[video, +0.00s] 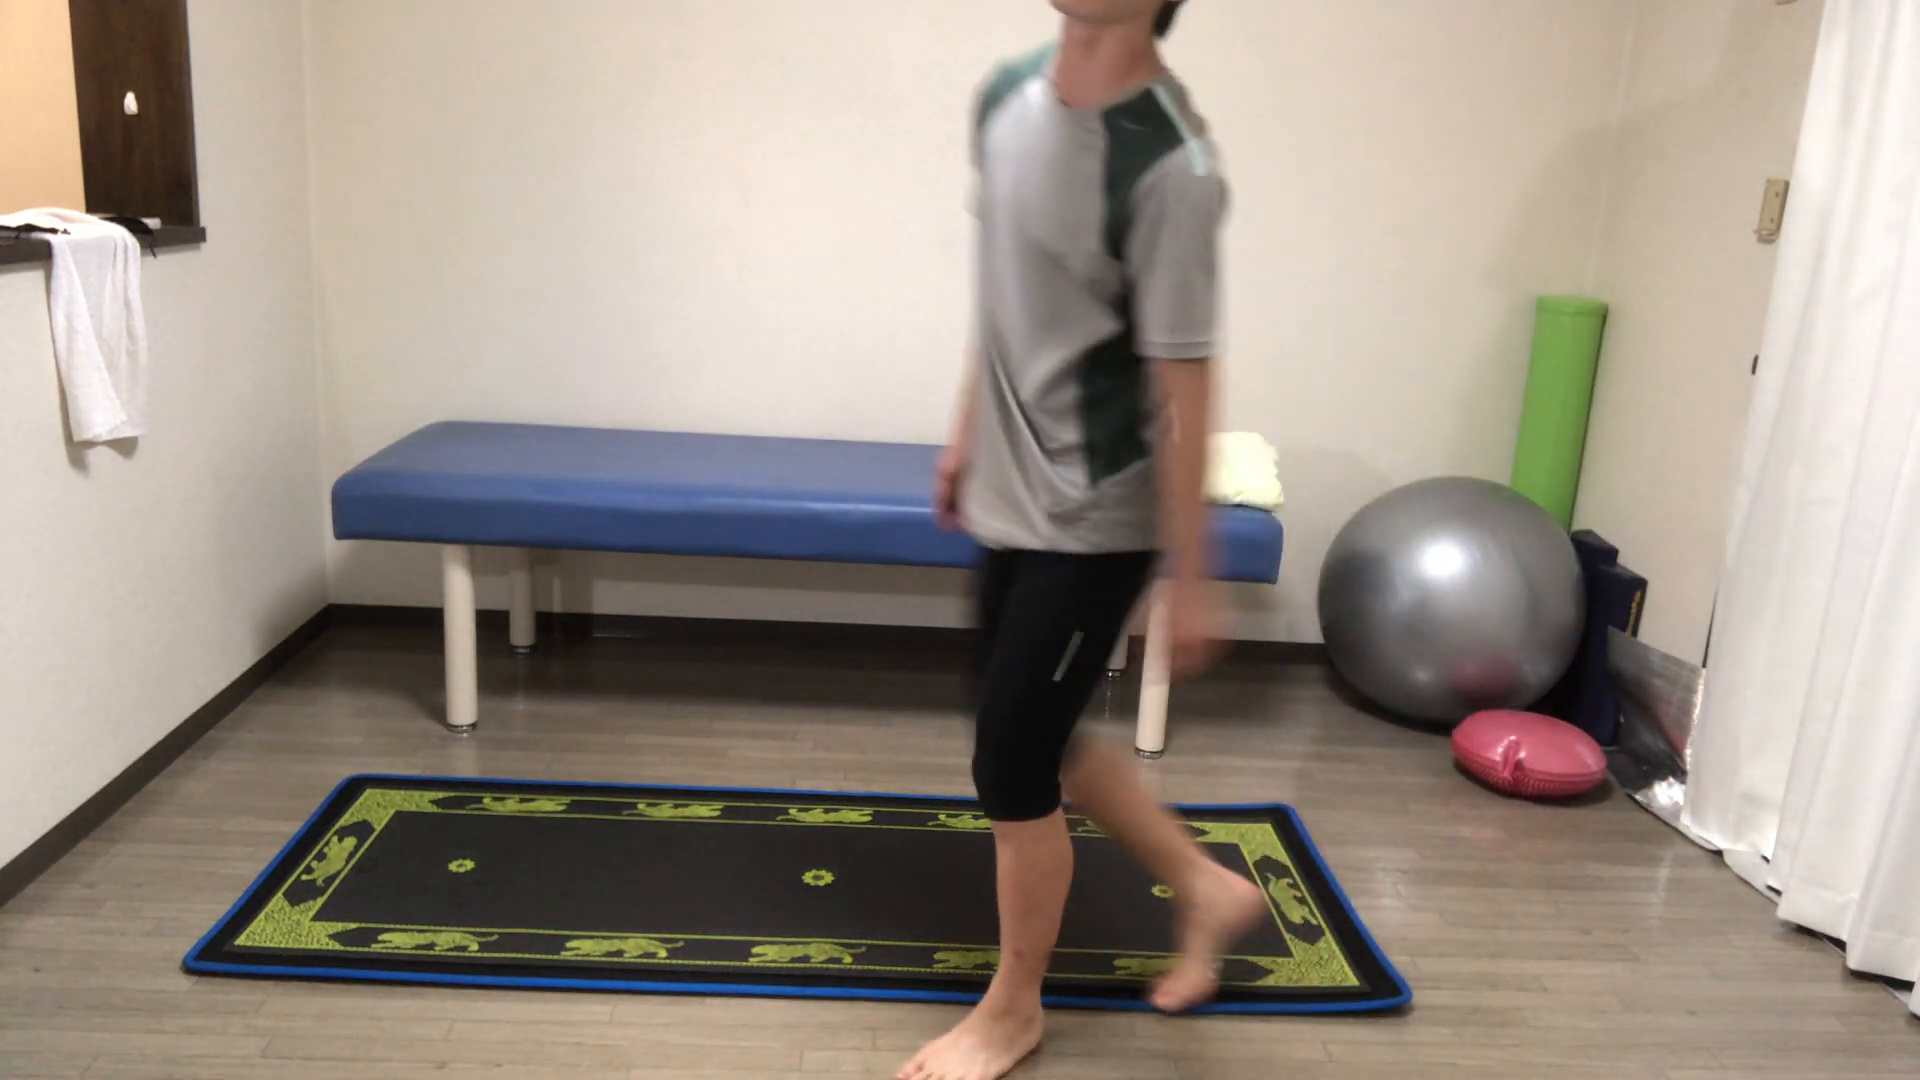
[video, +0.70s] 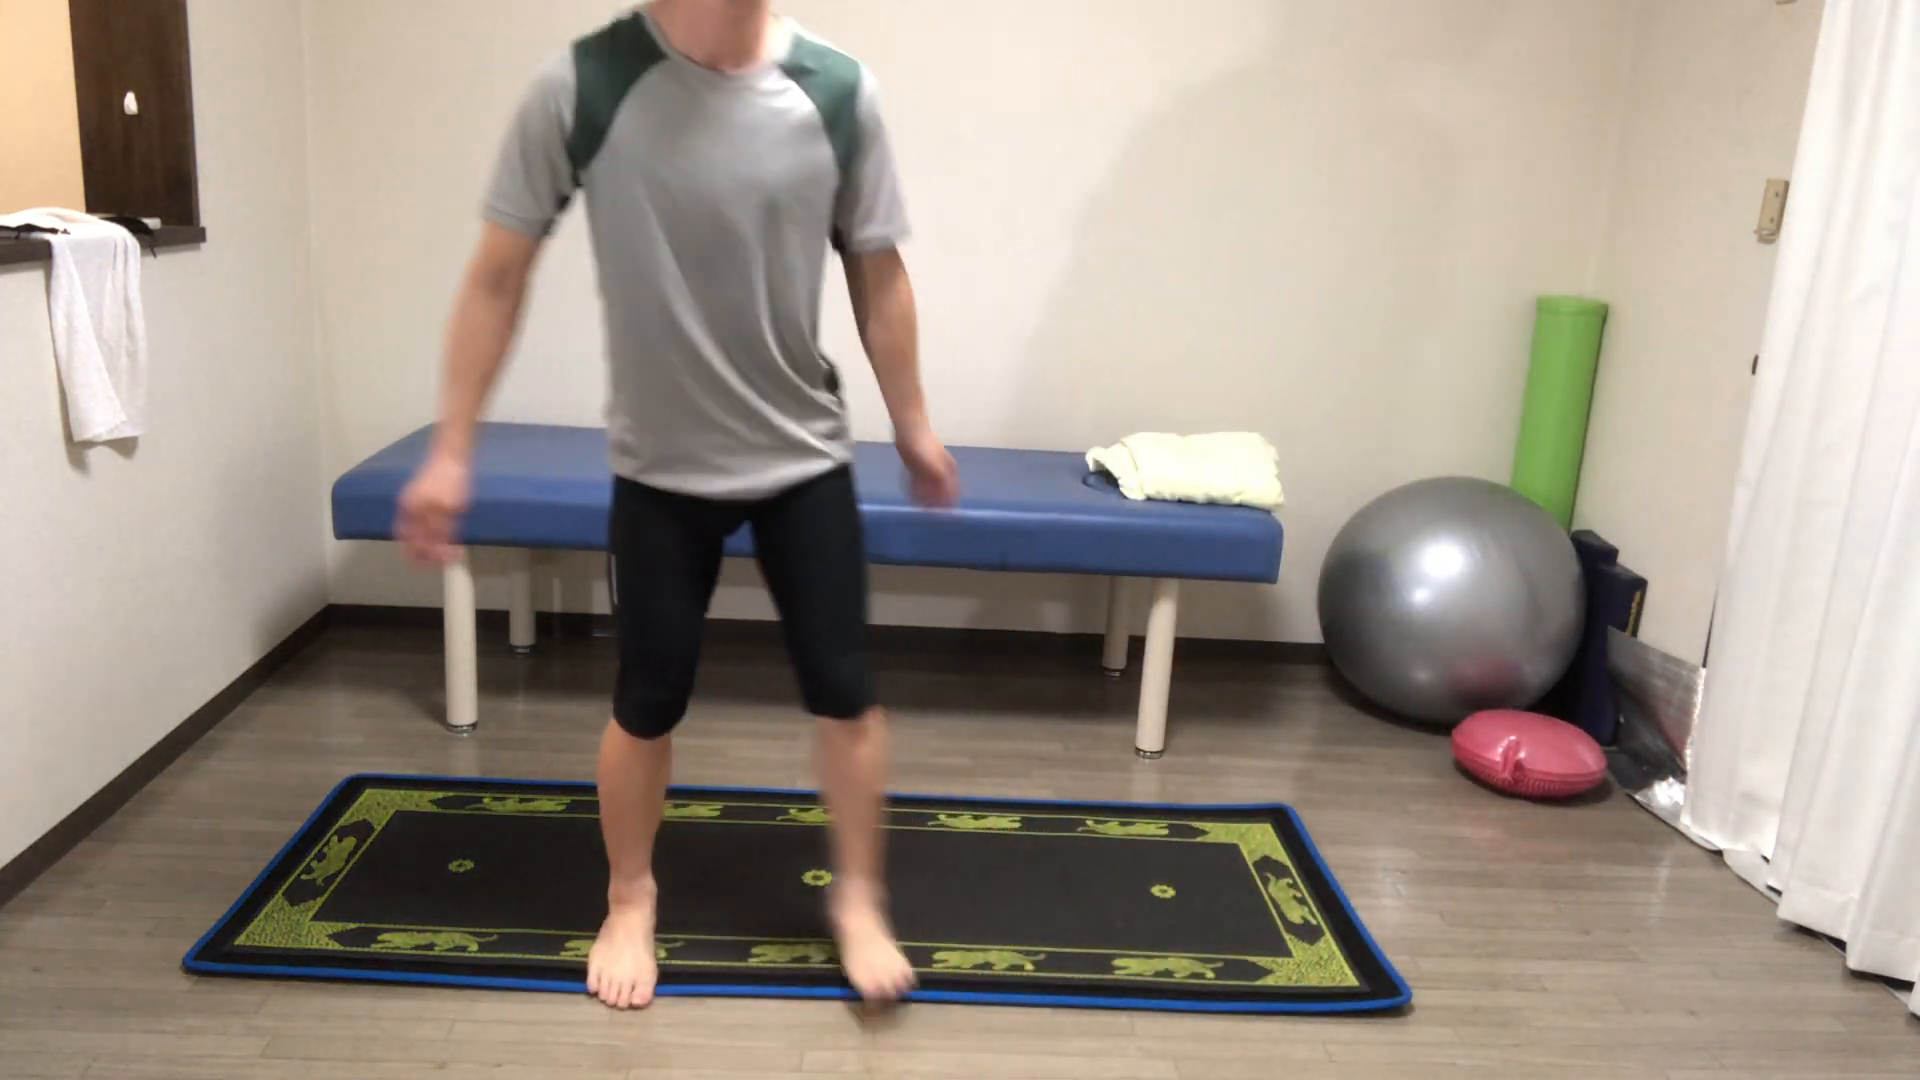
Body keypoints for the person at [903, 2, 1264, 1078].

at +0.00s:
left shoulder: (1173, 168)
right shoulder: (1007, 95)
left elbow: (1185, 382)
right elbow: (1004, 293)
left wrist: (1190, 574)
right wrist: (968, 429)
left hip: (1103, 511)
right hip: (1008, 486)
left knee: (1017, 762)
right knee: (1032, 729)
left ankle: (1012, 1011)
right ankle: (1210, 886)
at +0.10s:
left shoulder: (1135, 160)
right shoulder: (961, 75)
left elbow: (1104, 382)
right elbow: (947, 258)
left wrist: (1041, 572)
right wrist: (906, 411)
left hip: (1052, 518)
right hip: (954, 490)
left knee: (1007, 757)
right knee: (902, 713)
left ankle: (1013, 1008)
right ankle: (1088, 861)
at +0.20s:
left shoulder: (1093, 150)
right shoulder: (910, 68)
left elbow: (1040, 369)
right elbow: (888, 245)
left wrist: (906, 521)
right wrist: (833, 405)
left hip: (1015, 497)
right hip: (901, 469)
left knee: (992, 759)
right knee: (806, 704)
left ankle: (1013, 1007)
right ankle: (910, 856)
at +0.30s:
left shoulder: (1046, 141)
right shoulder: (849, 72)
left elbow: (997, 353)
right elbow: (819, 252)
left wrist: (823, 466)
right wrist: (759, 425)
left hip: (971, 489)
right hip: (844, 473)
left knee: (973, 755)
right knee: (750, 713)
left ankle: (1011, 1004)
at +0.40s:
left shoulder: (997, 137)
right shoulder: (770, 85)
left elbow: (971, 341)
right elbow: (738, 260)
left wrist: (822, 447)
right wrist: (693, 429)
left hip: (924, 493)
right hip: (784, 481)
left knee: (953, 759)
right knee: (701, 717)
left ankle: (1009, 999)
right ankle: (628, 899)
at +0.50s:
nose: (802, 3)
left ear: (859, 5)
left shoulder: (931, 135)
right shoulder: (678, 97)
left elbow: (940, 326)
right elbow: (636, 273)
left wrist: (875, 469)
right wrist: (617, 450)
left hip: (871, 492)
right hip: (723, 483)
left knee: (925, 745)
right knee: (664, 727)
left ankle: (996, 980)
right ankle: (626, 907)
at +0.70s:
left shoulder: (837, 92)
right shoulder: (582, 89)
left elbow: (879, 273)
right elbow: (494, 280)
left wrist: (913, 425)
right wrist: (450, 451)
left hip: (805, 452)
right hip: (662, 457)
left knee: (846, 691)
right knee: (648, 700)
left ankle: (859, 902)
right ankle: (629, 906)